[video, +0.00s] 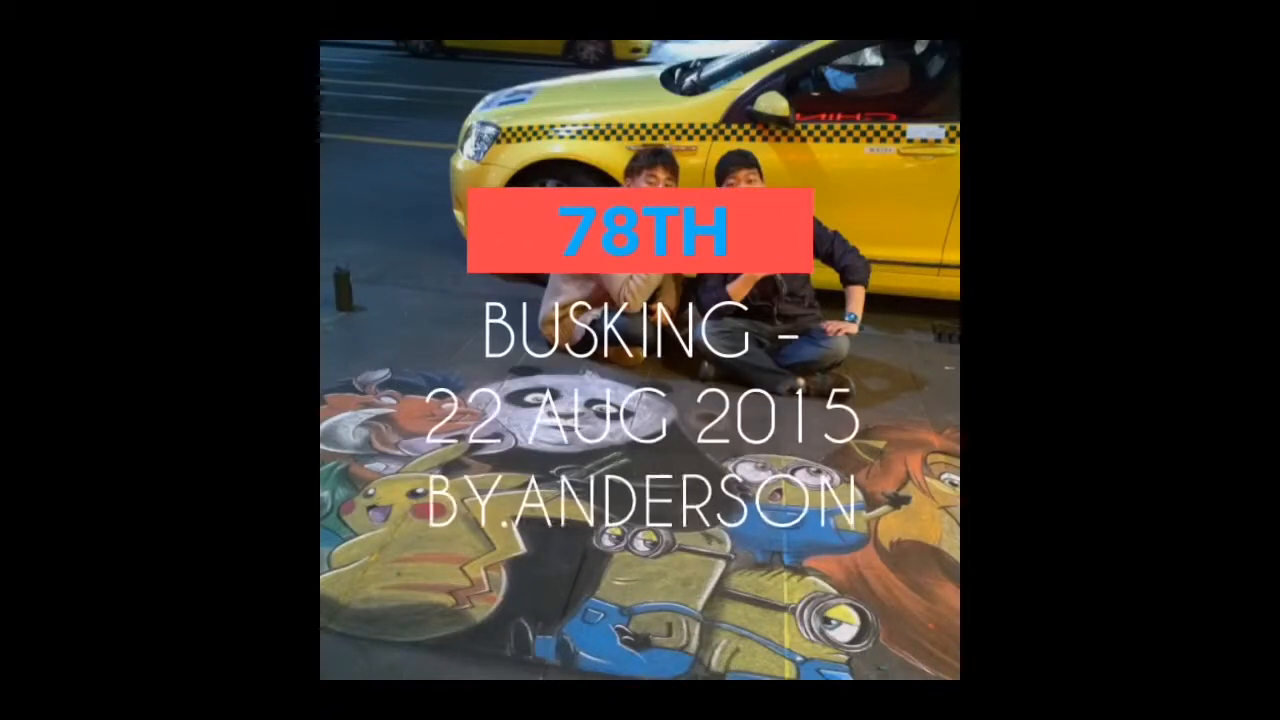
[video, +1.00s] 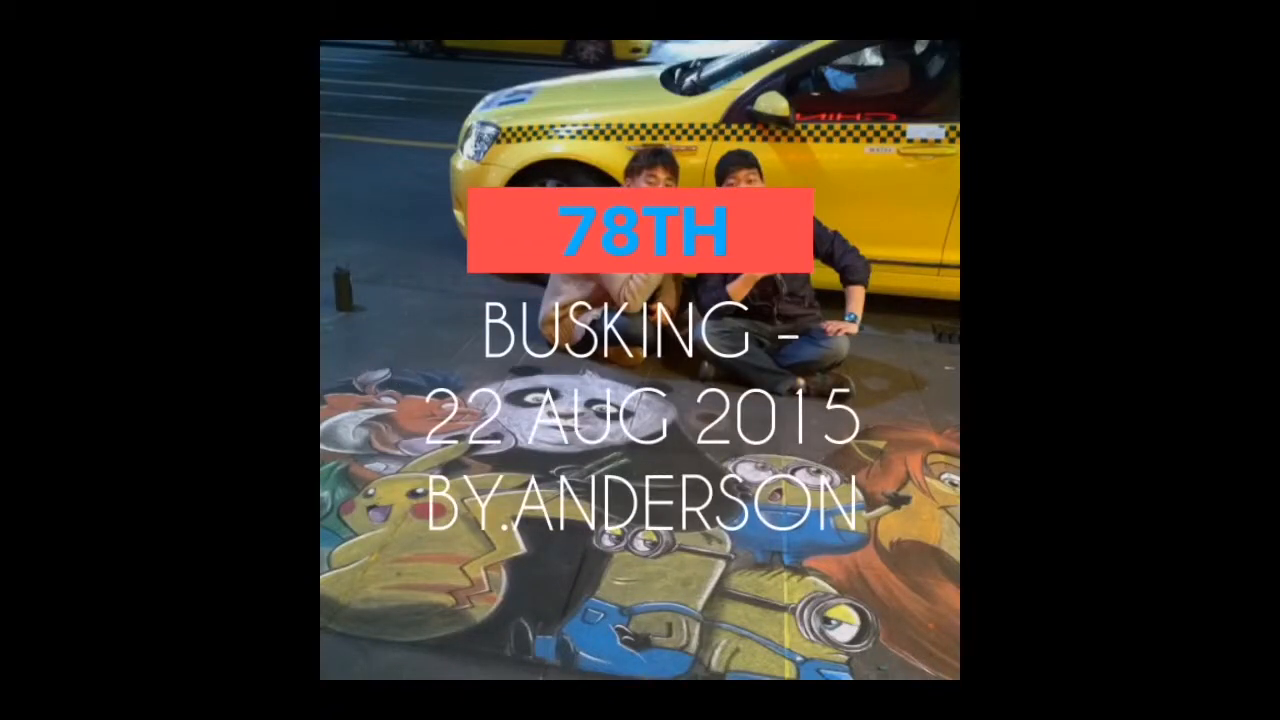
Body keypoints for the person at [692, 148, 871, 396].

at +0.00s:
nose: (743, 190)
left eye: (750, 181)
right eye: (732, 184)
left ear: (763, 185)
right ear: (721, 192)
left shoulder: (792, 220)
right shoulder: (716, 230)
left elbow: (854, 262)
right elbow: (708, 304)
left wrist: (851, 320)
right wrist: (752, 275)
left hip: (801, 325)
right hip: (748, 324)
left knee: (836, 344)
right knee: (709, 333)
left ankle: (731, 370)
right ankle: (800, 386)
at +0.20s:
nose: (743, 190)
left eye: (750, 181)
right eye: (732, 184)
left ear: (763, 184)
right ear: (721, 192)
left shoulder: (792, 221)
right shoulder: (716, 230)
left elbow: (854, 262)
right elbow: (708, 304)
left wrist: (851, 320)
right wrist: (751, 276)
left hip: (800, 324)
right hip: (747, 323)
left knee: (836, 345)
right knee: (709, 334)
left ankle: (732, 370)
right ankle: (799, 386)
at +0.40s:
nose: (743, 190)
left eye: (750, 181)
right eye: (732, 184)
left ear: (763, 184)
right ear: (721, 192)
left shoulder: (791, 220)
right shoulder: (716, 230)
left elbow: (853, 262)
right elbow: (707, 303)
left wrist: (851, 319)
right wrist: (751, 276)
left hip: (800, 325)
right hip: (747, 324)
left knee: (837, 345)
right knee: (708, 333)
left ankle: (732, 371)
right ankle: (798, 386)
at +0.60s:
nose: (743, 190)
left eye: (750, 181)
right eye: (732, 184)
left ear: (763, 184)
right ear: (721, 192)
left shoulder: (791, 220)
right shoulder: (716, 230)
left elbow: (853, 262)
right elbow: (707, 303)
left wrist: (851, 319)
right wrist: (751, 276)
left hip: (800, 325)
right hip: (747, 324)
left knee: (837, 345)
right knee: (708, 333)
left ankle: (732, 371)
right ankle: (798, 386)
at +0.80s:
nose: (743, 190)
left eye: (750, 181)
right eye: (732, 184)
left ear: (763, 184)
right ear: (721, 192)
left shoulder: (791, 220)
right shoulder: (716, 230)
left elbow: (853, 262)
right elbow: (707, 303)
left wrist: (851, 319)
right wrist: (751, 276)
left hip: (800, 325)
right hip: (747, 324)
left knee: (837, 345)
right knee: (708, 333)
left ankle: (732, 371)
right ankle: (798, 386)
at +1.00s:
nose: (743, 190)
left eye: (750, 181)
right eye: (732, 184)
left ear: (763, 184)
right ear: (721, 192)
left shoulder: (791, 220)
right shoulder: (716, 230)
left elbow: (853, 262)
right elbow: (707, 303)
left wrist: (851, 319)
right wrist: (751, 276)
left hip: (800, 325)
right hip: (747, 324)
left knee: (837, 345)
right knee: (708, 333)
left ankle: (732, 371)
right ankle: (798, 386)